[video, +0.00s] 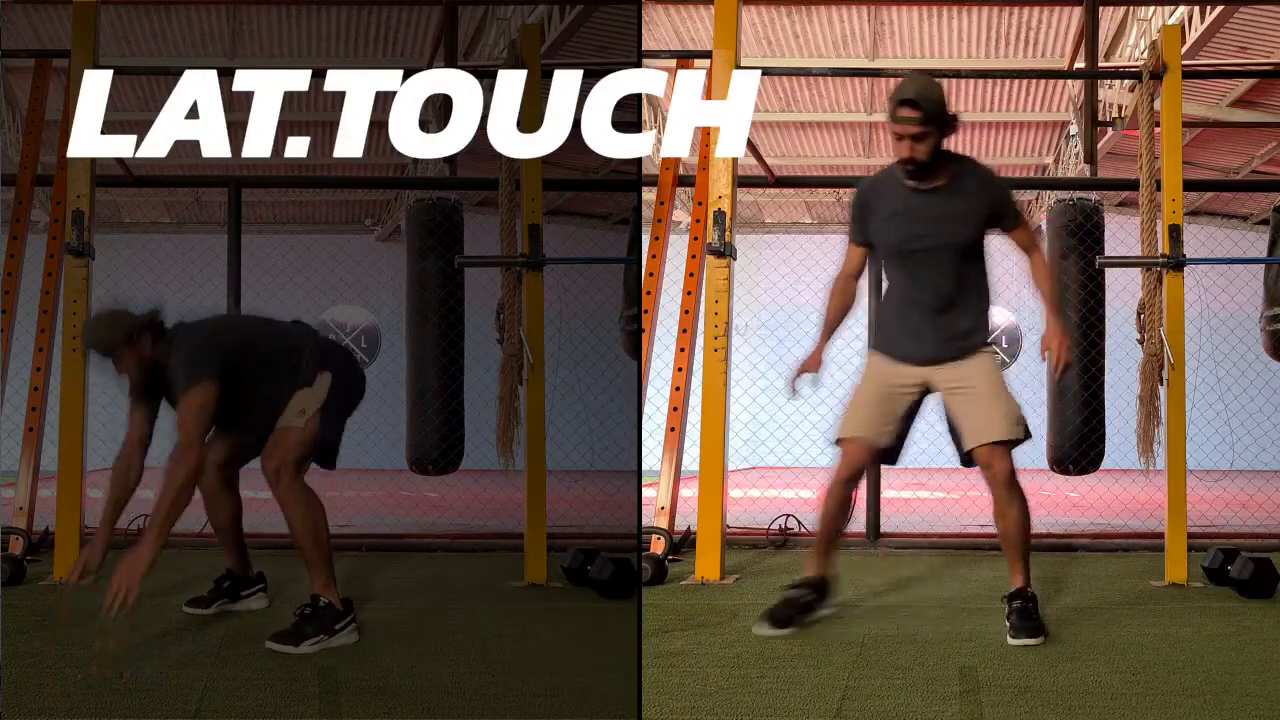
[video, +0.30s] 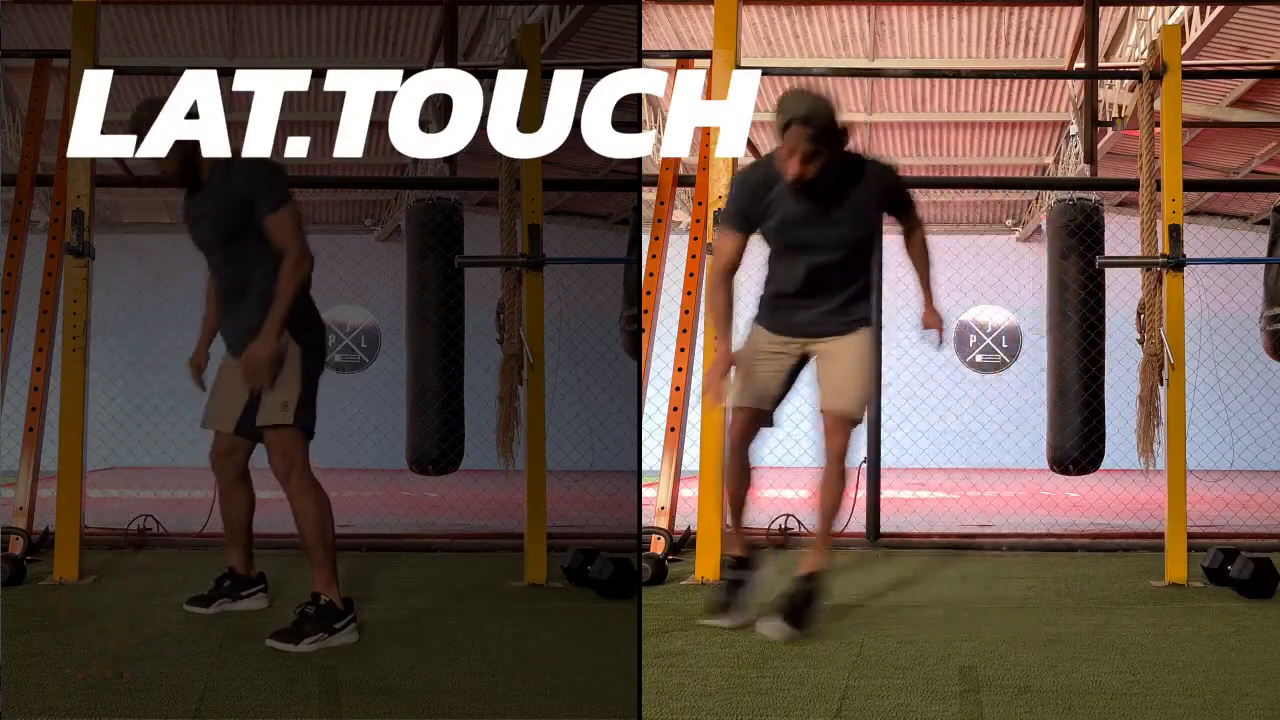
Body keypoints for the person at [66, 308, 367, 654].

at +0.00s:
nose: (118, 369)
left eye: (118, 357)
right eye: (113, 360)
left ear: (141, 342)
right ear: (137, 346)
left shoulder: (192, 354)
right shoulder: (149, 370)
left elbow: (189, 454)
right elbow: (131, 455)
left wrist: (147, 549)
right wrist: (100, 539)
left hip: (324, 370)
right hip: (270, 384)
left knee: (280, 467)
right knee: (211, 467)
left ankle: (330, 605)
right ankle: (242, 577)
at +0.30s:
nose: (156, 165)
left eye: (158, 151)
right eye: (151, 155)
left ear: (186, 138)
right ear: (171, 148)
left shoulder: (254, 175)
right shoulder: (199, 195)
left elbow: (298, 257)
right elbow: (221, 272)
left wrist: (270, 337)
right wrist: (205, 342)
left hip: (287, 335)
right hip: (244, 339)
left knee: (290, 463)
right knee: (227, 458)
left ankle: (331, 601)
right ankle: (243, 576)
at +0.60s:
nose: (191, 141)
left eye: (199, 127)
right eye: (189, 131)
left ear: (229, 121)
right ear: (200, 135)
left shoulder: (274, 169)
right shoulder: (215, 187)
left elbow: (307, 252)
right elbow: (226, 277)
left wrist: (276, 329)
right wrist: (205, 341)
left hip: (266, 334)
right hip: (220, 341)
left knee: (286, 463)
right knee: (226, 460)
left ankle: (330, 601)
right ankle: (242, 576)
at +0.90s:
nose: (115, 246)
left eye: (117, 233)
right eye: (109, 237)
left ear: (144, 218)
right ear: (123, 231)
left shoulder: (202, 246)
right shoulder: (159, 265)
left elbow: (238, 336)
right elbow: (167, 351)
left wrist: (219, 427)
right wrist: (152, 430)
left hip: (306, 341)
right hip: (258, 348)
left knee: (282, 461)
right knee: (214, 459)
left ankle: (329, 603)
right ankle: (240, 575)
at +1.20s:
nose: (123, 460)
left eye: (120, 452)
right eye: (117, 455)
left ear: (131, 433)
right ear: (123, 433)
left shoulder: (175, 416)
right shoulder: (132, 415)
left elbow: (174, 530)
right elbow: (122, 517)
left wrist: (157, 634)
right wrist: (93, 603)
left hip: (304, 326)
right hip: (259, 337)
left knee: (312, 455)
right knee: (251, 456)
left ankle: (346, 591)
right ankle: (269, 567)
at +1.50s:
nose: (54, 478)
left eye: (51, 468)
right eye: (46, 472)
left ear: (71, 439)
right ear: (65, 440)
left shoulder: (140, 438)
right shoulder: (99, 441)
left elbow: (171, 546)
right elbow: (113, 527)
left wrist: (169, 647)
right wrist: (98, 610)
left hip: (263, 449)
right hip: (235, 464)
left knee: (367, 523)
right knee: (318, 519)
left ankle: (488, 551)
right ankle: (404, 541)